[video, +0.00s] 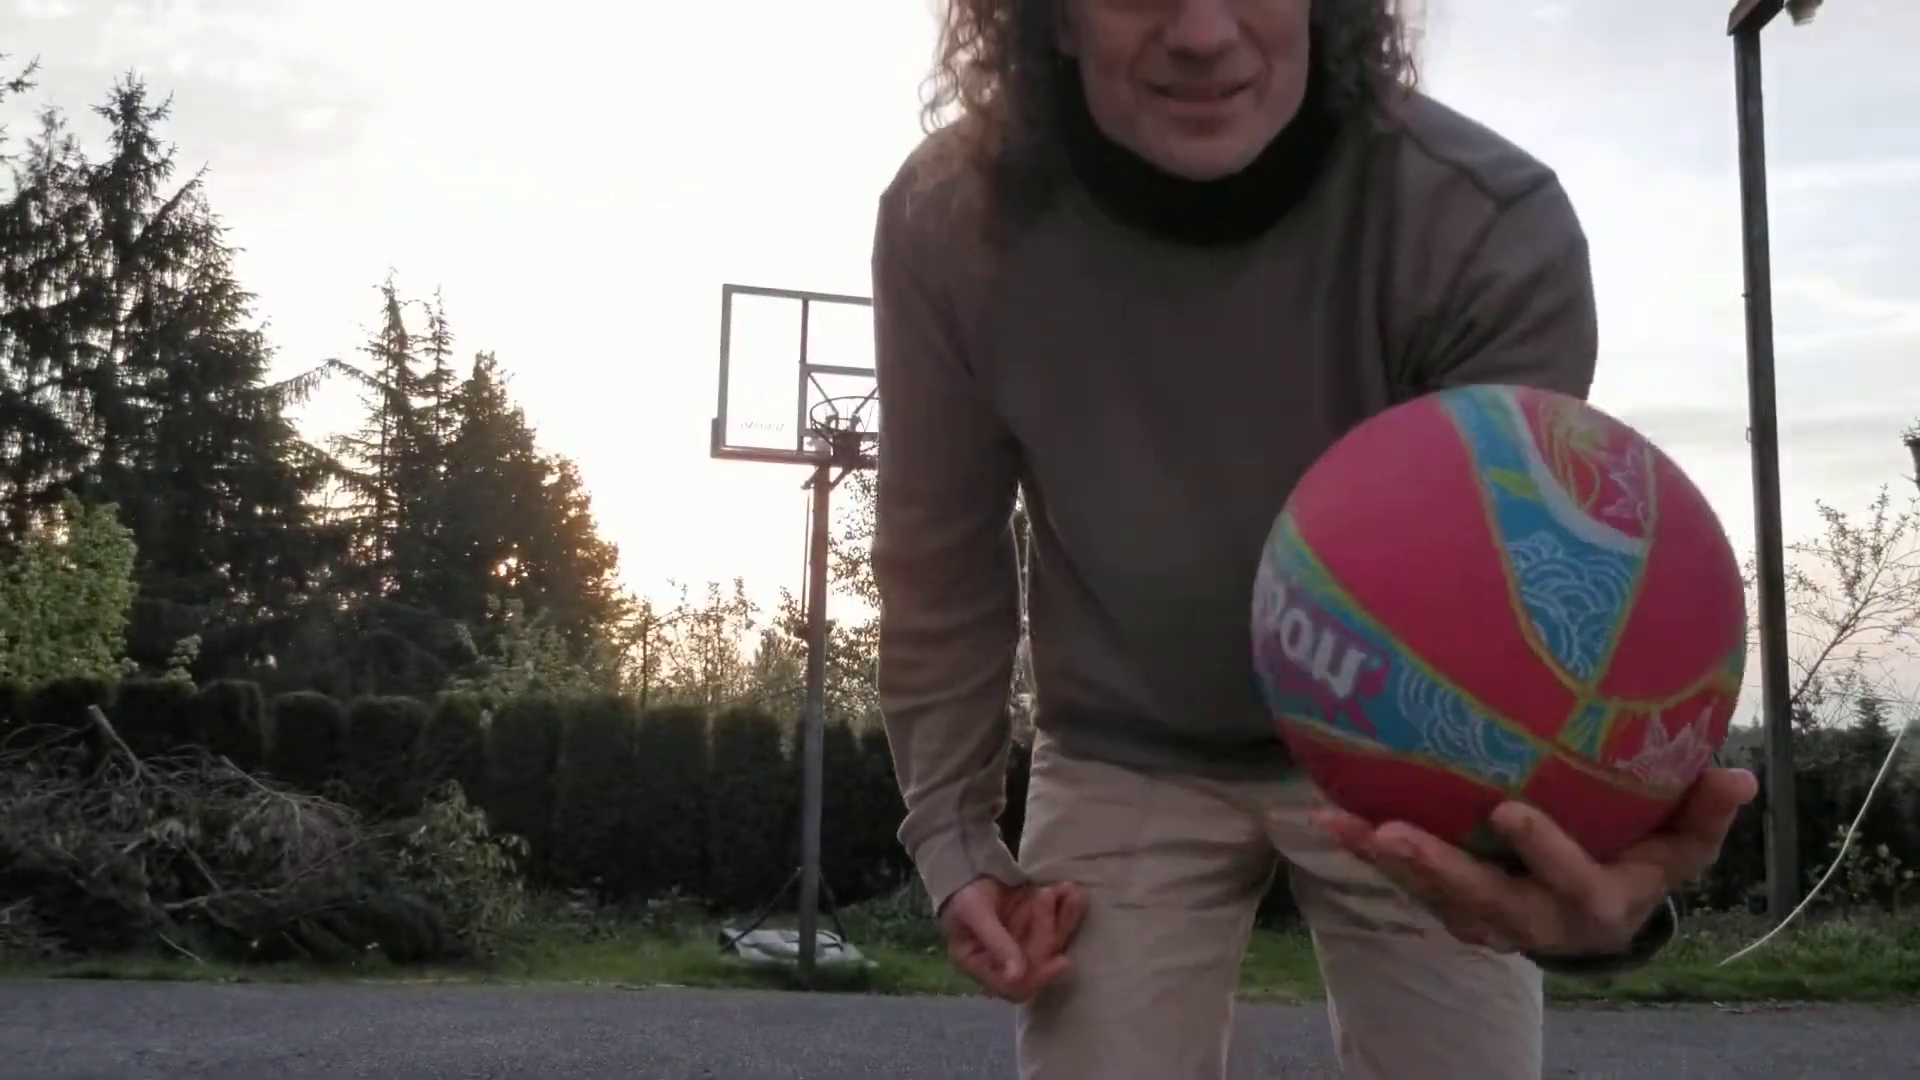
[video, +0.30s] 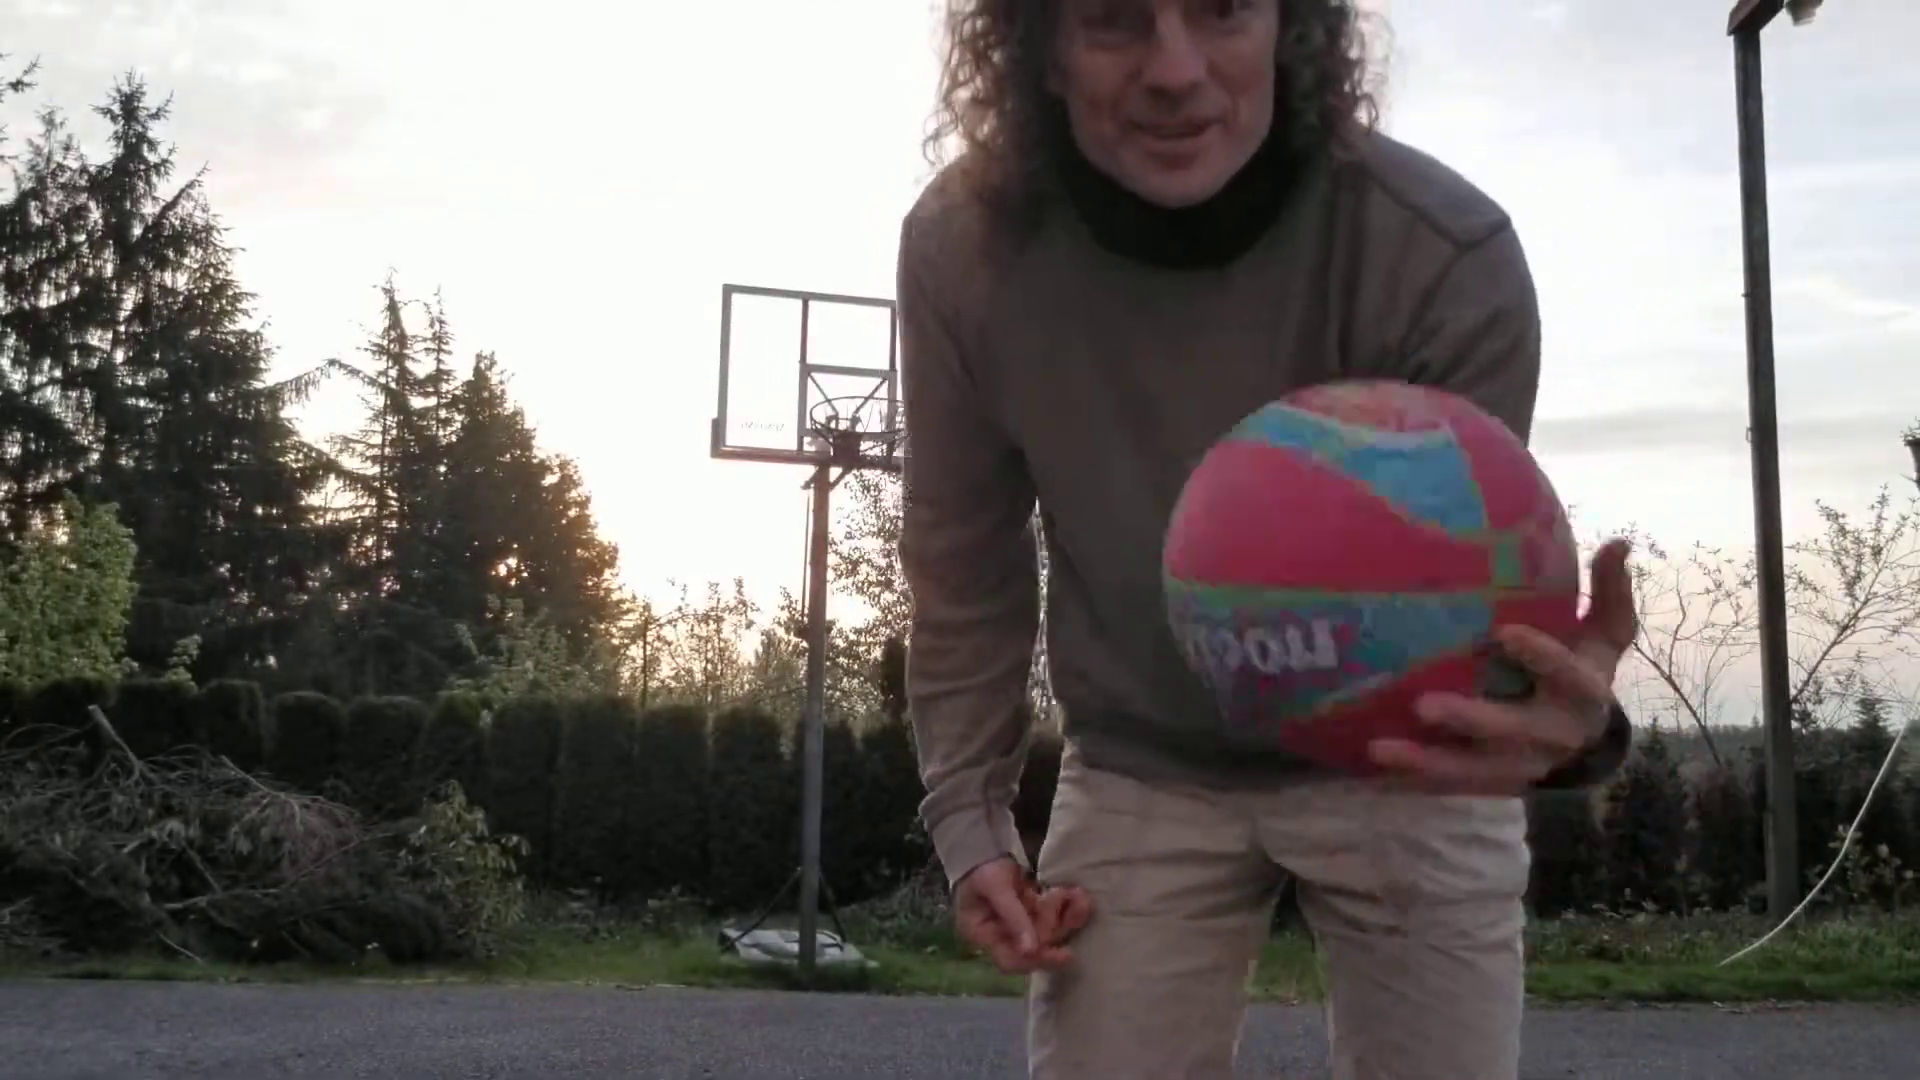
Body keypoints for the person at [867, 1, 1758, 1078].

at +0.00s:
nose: (1203, 30)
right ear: (1052, 11)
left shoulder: (1483, 219)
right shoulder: (957, 219)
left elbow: (1525, 621)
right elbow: (939, 570)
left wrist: (1588, 876)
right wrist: (954, 840)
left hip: (1413, 759)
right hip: (1123, 763)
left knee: (1476, 1069)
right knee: (1094, 1063)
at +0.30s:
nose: (1176, 72)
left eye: (1224, 15)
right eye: (1117, 25)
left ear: (1290, 28)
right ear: (1042, 53)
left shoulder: (1443, 249)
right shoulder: (968, 250)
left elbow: (1472, 630)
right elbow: (961, 578)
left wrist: (1565, 722)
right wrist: (971, 823)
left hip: (1415, 780)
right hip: (1136, 782)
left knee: (1446, 1058)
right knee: (1097, 1059)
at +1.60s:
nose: (1151, 282)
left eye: (1181, 244)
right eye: (1124, 251)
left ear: (1259, 213)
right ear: (1098, 246)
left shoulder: (1410, 326)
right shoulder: (1100, 413)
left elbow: (1531, 548)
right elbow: (1091, 620)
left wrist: (1543, 738)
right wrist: (1053, 727)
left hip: (1419, 817)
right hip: (1214, 824)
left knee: (1464, 1065)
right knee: (1182, 1066)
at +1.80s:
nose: (1146, 291)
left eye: (1174, 258)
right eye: (1126, 264)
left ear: (1257, 241)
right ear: (1107, 264)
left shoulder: (1409, 357)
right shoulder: (1106, 422)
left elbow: (1524, 581)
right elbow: (1016, 635)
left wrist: (1557, 763)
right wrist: (922, 564)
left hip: (1402, 822)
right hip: (1204, 821)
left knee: (1429, 1064)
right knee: (1160, 1063)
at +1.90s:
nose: (1165, 271)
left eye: (1195, 238)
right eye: (1141, 245)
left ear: (1268, 230)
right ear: (1117, 254)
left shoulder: (1402, 359)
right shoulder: (1104, 405)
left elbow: (1517, 572)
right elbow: (998, 590)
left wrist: (1580, 748)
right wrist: (866, 556)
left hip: (1390, 817)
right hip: (1196, 817)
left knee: (1418, 1064)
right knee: (1157, 1062)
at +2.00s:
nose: (1199, 251)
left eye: (1223, 217)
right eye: (1167, 227)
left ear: (1276, 218)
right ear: (1129, 240)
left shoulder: (1393, 360)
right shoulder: (1098, 403)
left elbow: (1503, 572)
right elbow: (1004, 583)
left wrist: (1585, 750)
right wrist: (877, 658)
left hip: (1376, 810)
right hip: (1183, 809)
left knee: (1402, 1067)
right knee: (1150, 1065)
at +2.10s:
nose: (1205, 244)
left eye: (1231, 211)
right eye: (1172, 220)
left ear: (1279, 215)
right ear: (1129, 235)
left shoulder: (1385, 355)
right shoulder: (1091, 400)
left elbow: (1489, 571)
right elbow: (999, 605)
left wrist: (1573, 752)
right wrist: (926, 781)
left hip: (1366, 811)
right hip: (1173, 810)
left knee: (1396, 1061)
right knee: (1134, 1058)